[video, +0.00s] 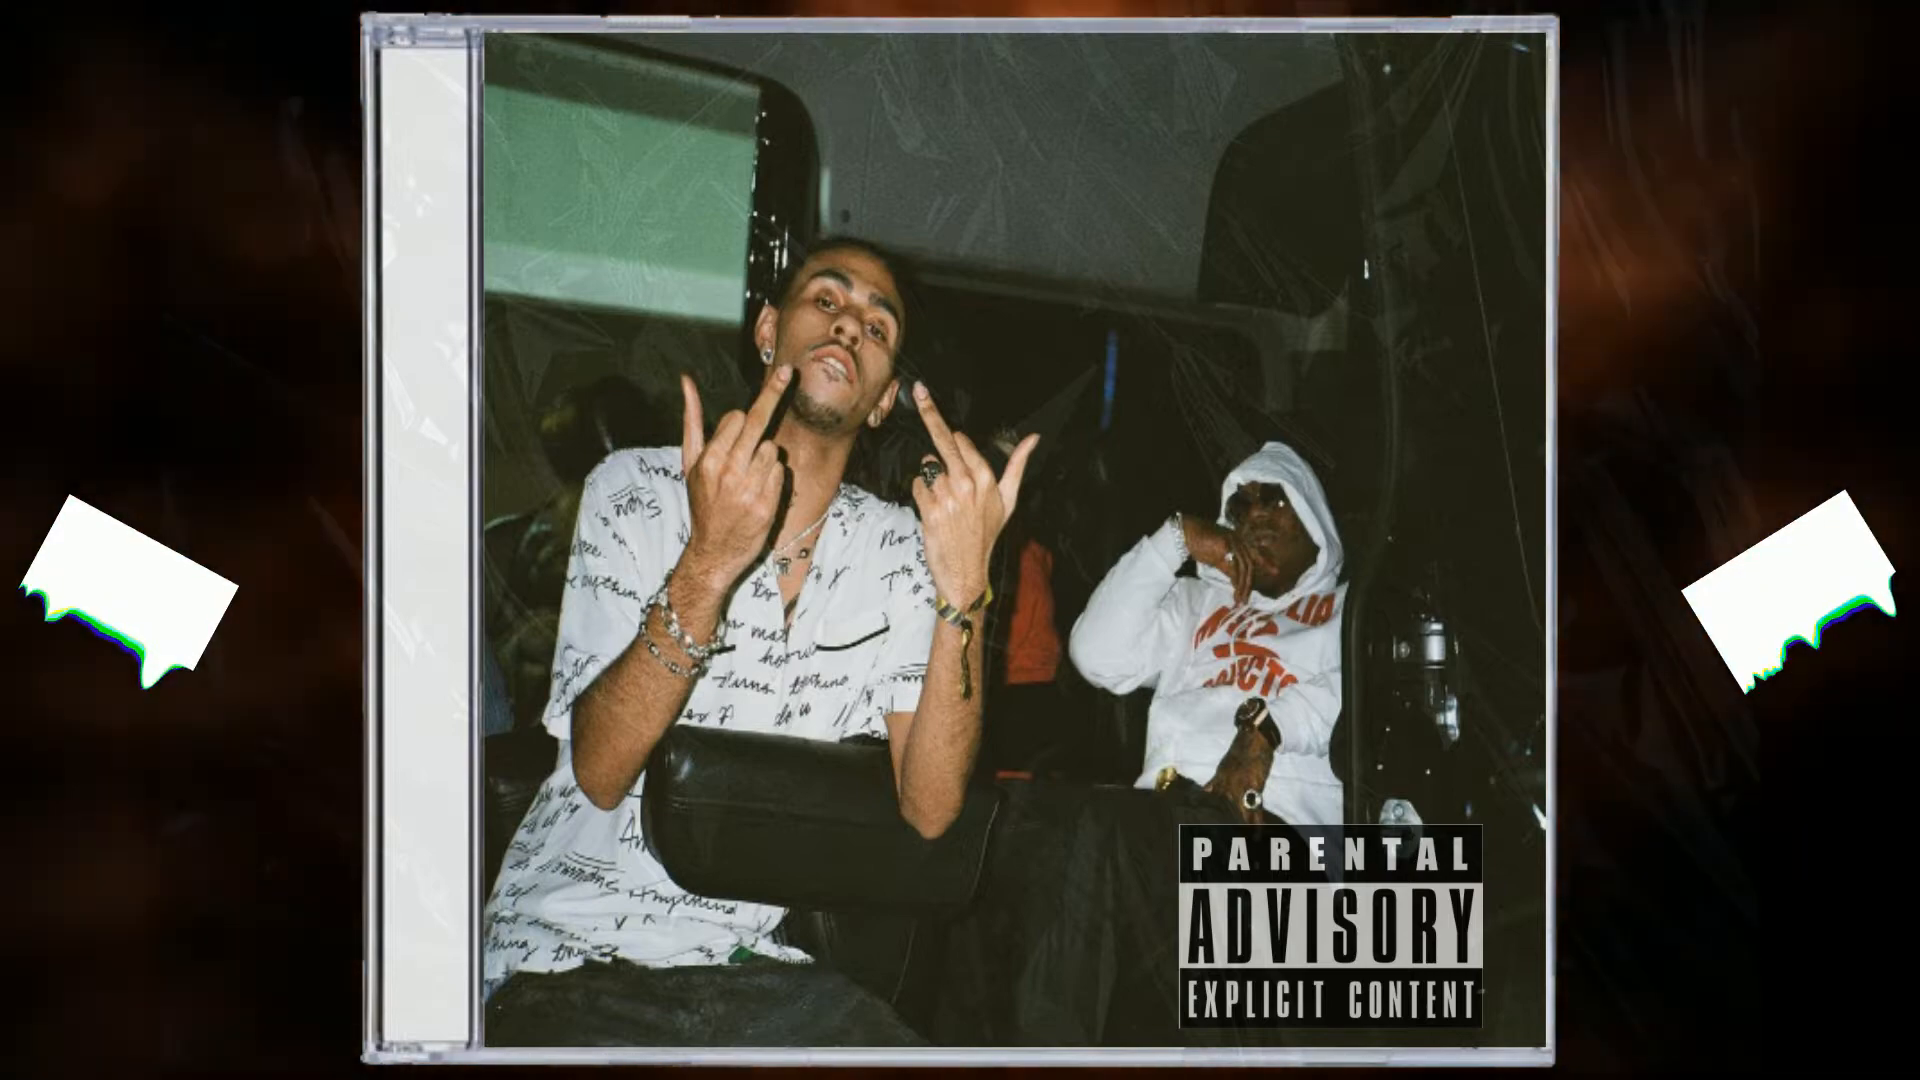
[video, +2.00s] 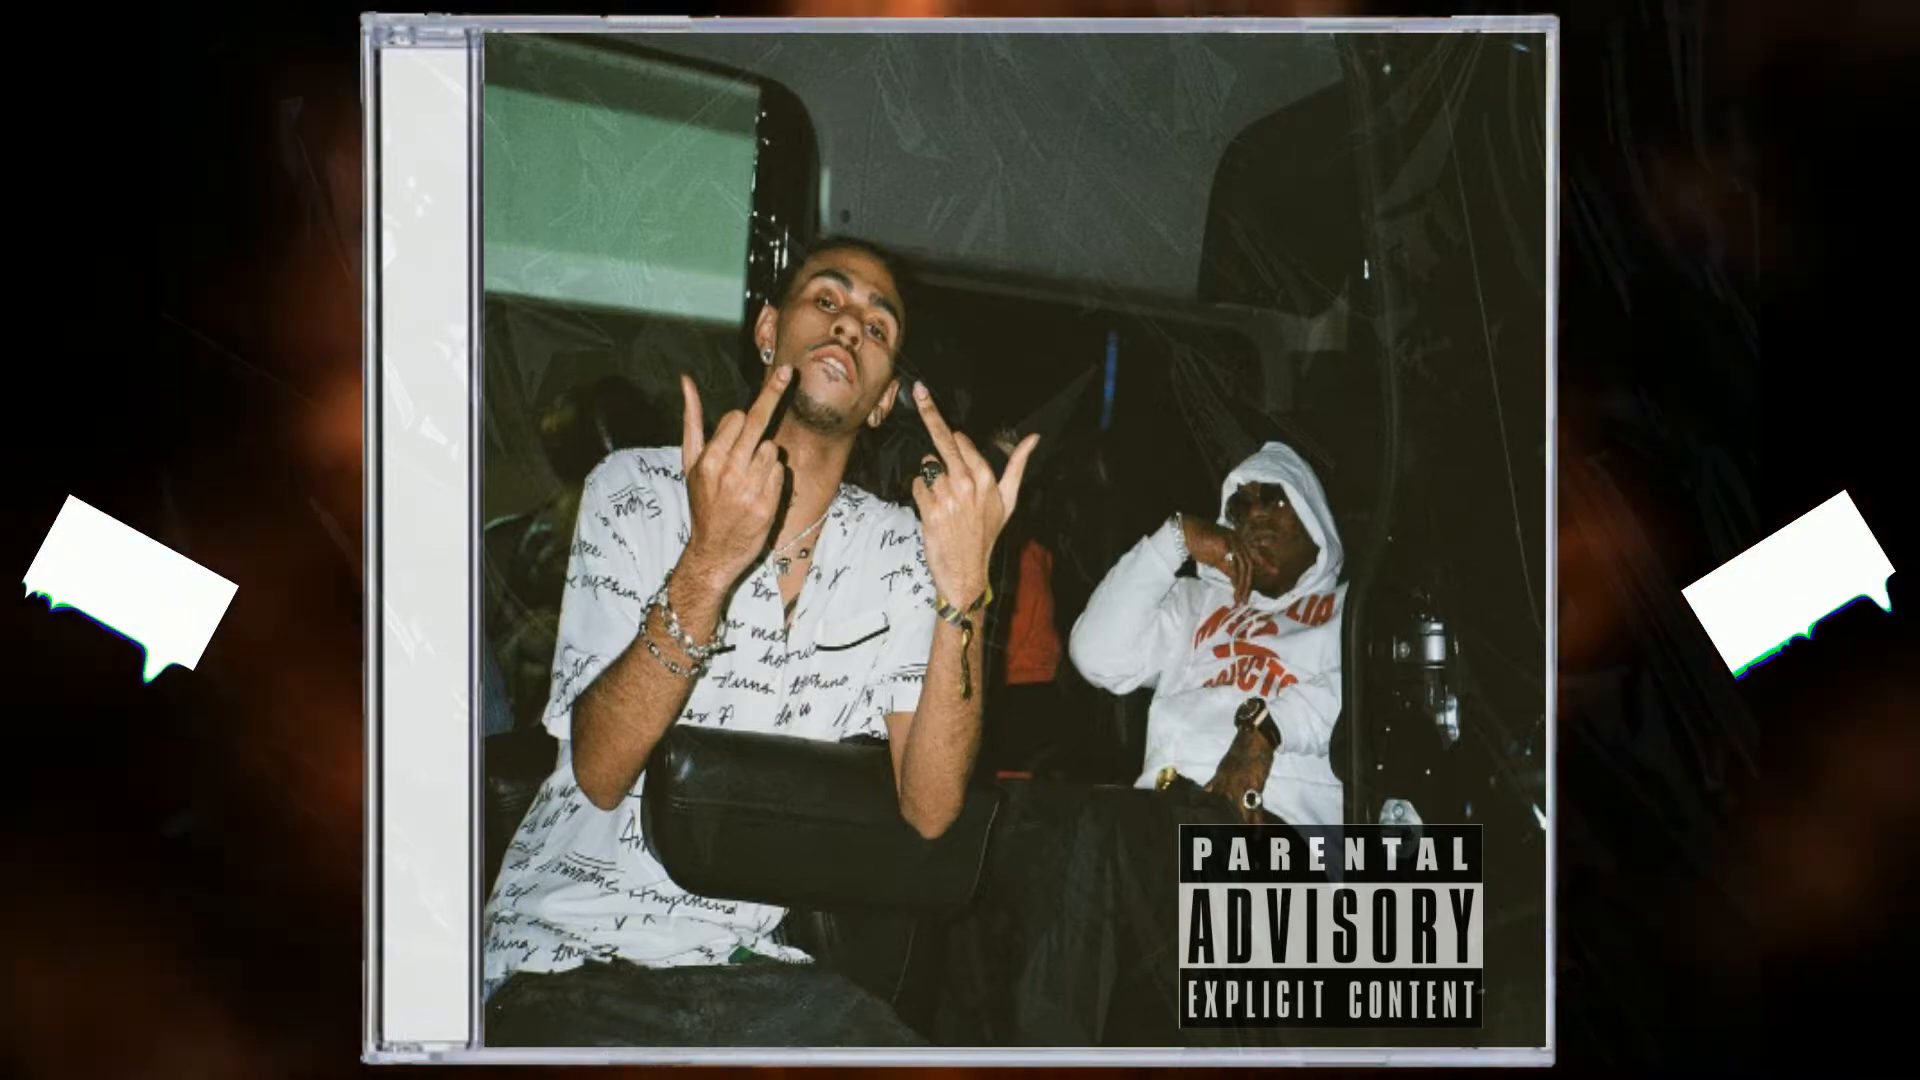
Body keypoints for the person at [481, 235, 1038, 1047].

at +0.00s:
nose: (852, 323)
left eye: (879, 323)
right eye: (826, 299)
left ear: (887, 395)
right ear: (766, 333)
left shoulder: (902, 550)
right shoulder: (638, 490)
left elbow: (931, 809)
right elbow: (601, 770)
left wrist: (966, 593)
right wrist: (709, 564)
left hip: (755, 957)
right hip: (571, 946)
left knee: (904, 1060)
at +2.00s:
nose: (852, 323)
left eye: (879, 323)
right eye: (826, 299)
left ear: (887, 396)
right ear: (767, 333)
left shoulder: (902, 550)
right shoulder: (638, 490)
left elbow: (931, 809)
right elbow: (601, 770)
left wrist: (966, 593)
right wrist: (709, 564)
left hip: (753, 957)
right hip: (569, 945)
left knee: (907, 1061)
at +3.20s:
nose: (852, 322)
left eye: (879, 323)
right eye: (827, 298)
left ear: (887, 396)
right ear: (767, 333)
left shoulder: (903, 551)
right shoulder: (638, 491)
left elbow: (931, 809)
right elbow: (601, 770)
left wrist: (966, 593)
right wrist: (709, 564)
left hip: (755, 957)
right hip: (570, 945)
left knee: (907, 1062)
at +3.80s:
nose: (852, 323)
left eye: (879, 323)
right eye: (826, 299)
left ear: (887, 395)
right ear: (767, 332)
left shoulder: (902, 550)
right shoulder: (638, 490)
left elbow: (931, 809)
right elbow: (601, 771)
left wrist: (965, 593)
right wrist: (709, 564)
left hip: (755, 958)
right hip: (568, 946)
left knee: (912, 1066)